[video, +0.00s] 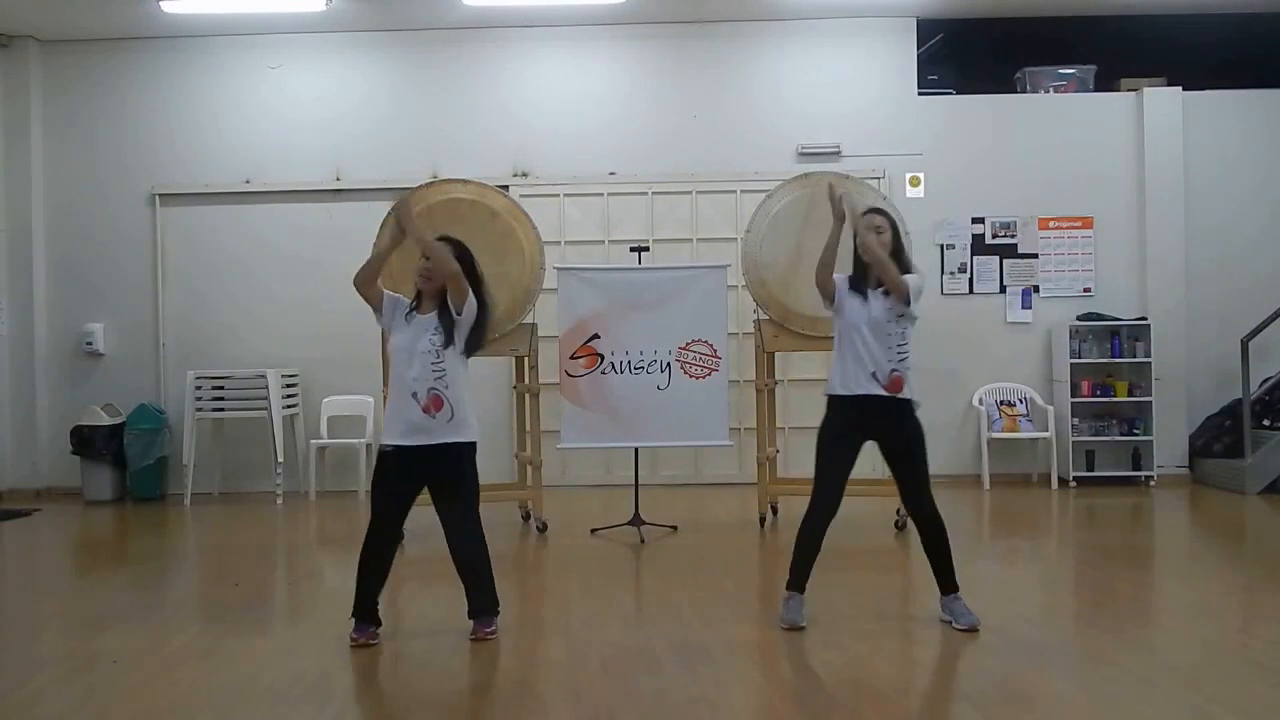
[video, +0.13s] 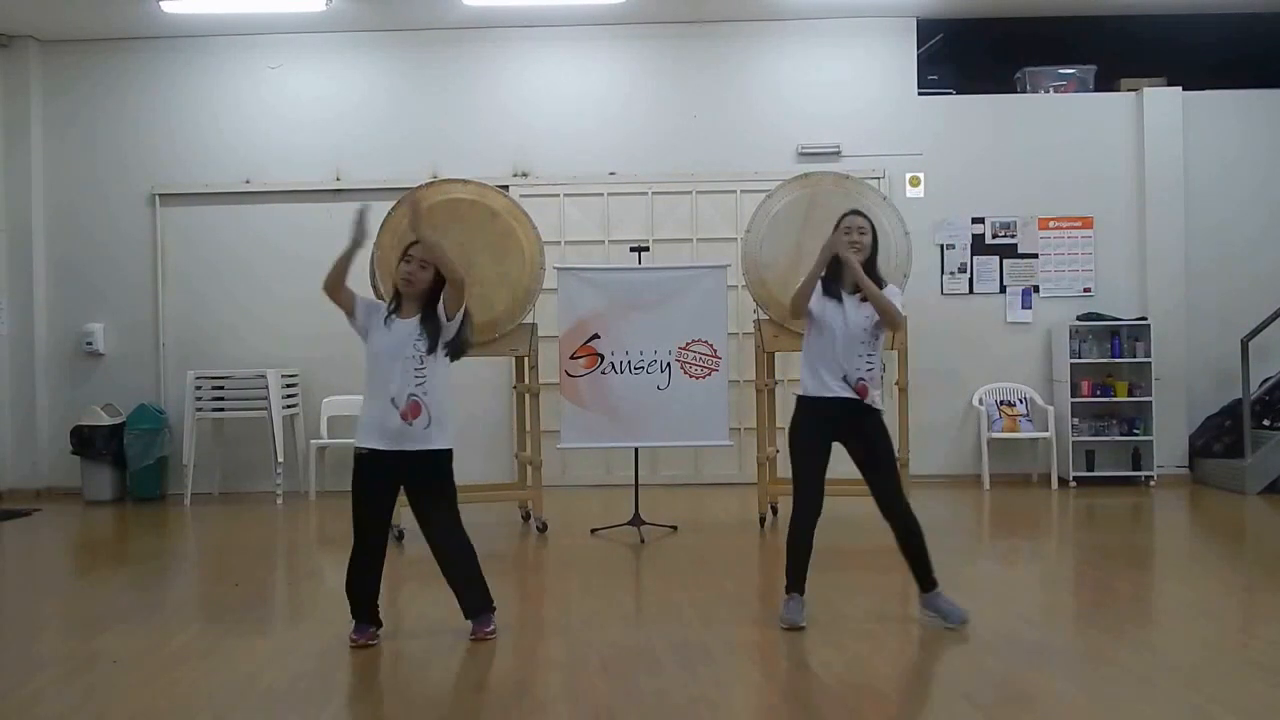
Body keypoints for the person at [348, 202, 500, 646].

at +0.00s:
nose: (426, 266)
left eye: (437, 261)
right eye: (425, 259)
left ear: (456, 274)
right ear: (417, 269)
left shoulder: (462, 316)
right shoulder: (397, 312)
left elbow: (446, 268)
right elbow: (365, 282)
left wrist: (414, 225)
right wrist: (391, 240)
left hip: (452, 444)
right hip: (401, 444)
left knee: (465, 533)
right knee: (382, 532)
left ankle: (483, 613)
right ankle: (365, 616)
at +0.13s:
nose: (412, 268)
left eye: (422, 265)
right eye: (407, 260)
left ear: (435, 280)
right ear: (395, 270)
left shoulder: (443, 323)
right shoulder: (374, 317)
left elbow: (458, 282)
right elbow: (333, 288)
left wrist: (431, 241)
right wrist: (355, 246)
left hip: (428, 449)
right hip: (375, 448)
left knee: (447, 535)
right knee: (368, 539)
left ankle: (480, 612)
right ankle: (364, 620)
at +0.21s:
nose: (400, 267)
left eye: (411, 263)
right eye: (395, 260)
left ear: (423, 277)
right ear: (381, 269)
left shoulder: (434, 321)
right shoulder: (357, 317)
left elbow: (467, 289)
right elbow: (304, 294)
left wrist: (462, 237)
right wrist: (295, 245)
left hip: (417, 447)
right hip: (363, 447)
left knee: (428, 531)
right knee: (361, 538)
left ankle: (465, 609)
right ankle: (364, 621)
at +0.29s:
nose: (394, 267)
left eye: (404, 262)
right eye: (387, 260)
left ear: (416, 275)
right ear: (374, 270)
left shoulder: (429, 320)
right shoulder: (348, 318)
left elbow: (472, 294)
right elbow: (290, 303)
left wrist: (489, 246)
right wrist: (259, 260)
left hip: (412, 446)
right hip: (358, 447)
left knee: (416, 532)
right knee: (357, 538)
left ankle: (444, 608)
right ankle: (365, 620)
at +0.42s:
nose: (384, 266)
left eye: (392, 260)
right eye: (376, 260)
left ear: (404, 270)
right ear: (362, 270)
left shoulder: (423, 317)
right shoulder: (343, 321)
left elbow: (474, 310)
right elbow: (283, 331)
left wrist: (524, 285)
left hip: (408, 447)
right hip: (354, 448)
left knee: (401, 533)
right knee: (357, 536)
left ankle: (397, 610)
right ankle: (363, 619)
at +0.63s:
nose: (376, 265)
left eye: (382, 258)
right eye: (365, 260)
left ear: (394, 268)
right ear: (351, 273)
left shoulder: (416, 314)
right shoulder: (337, 321)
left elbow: (466, 295)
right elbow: (281, 319)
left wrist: (511, 265)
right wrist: (240, 285)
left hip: (408, 449)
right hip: (353, 451)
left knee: (413, 540)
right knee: (358, 542)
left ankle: (403, 602)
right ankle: (364, 619)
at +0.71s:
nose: (377, 261)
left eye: (383, 254)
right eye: (365, 256)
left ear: (395, 264)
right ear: (351, 270)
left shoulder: (415, 309)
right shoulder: (340, 315)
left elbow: (456, 276)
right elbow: (300, 288)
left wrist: (476, 229)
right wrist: (289, 239)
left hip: (412, 440)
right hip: (358, 444)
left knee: (426, 530)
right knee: (361, 537)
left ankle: (428, 603)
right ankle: (365, 619)